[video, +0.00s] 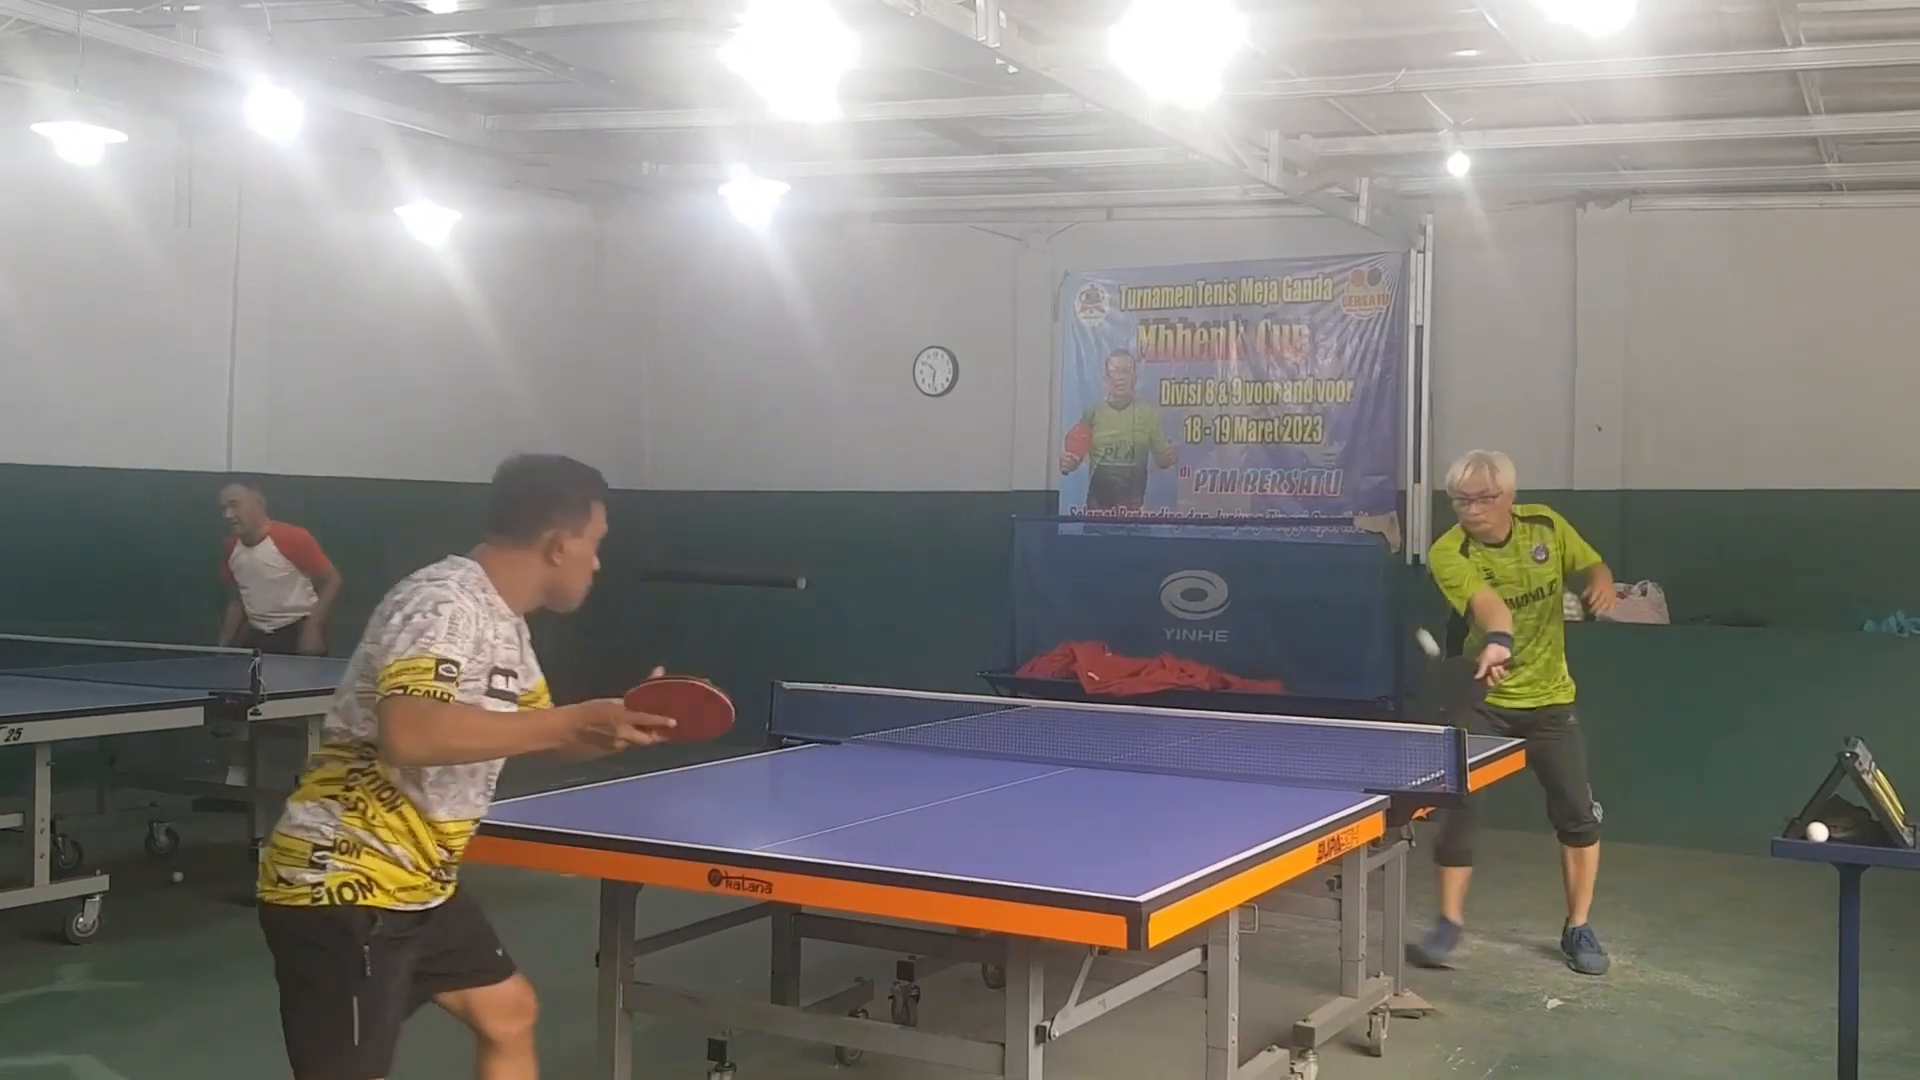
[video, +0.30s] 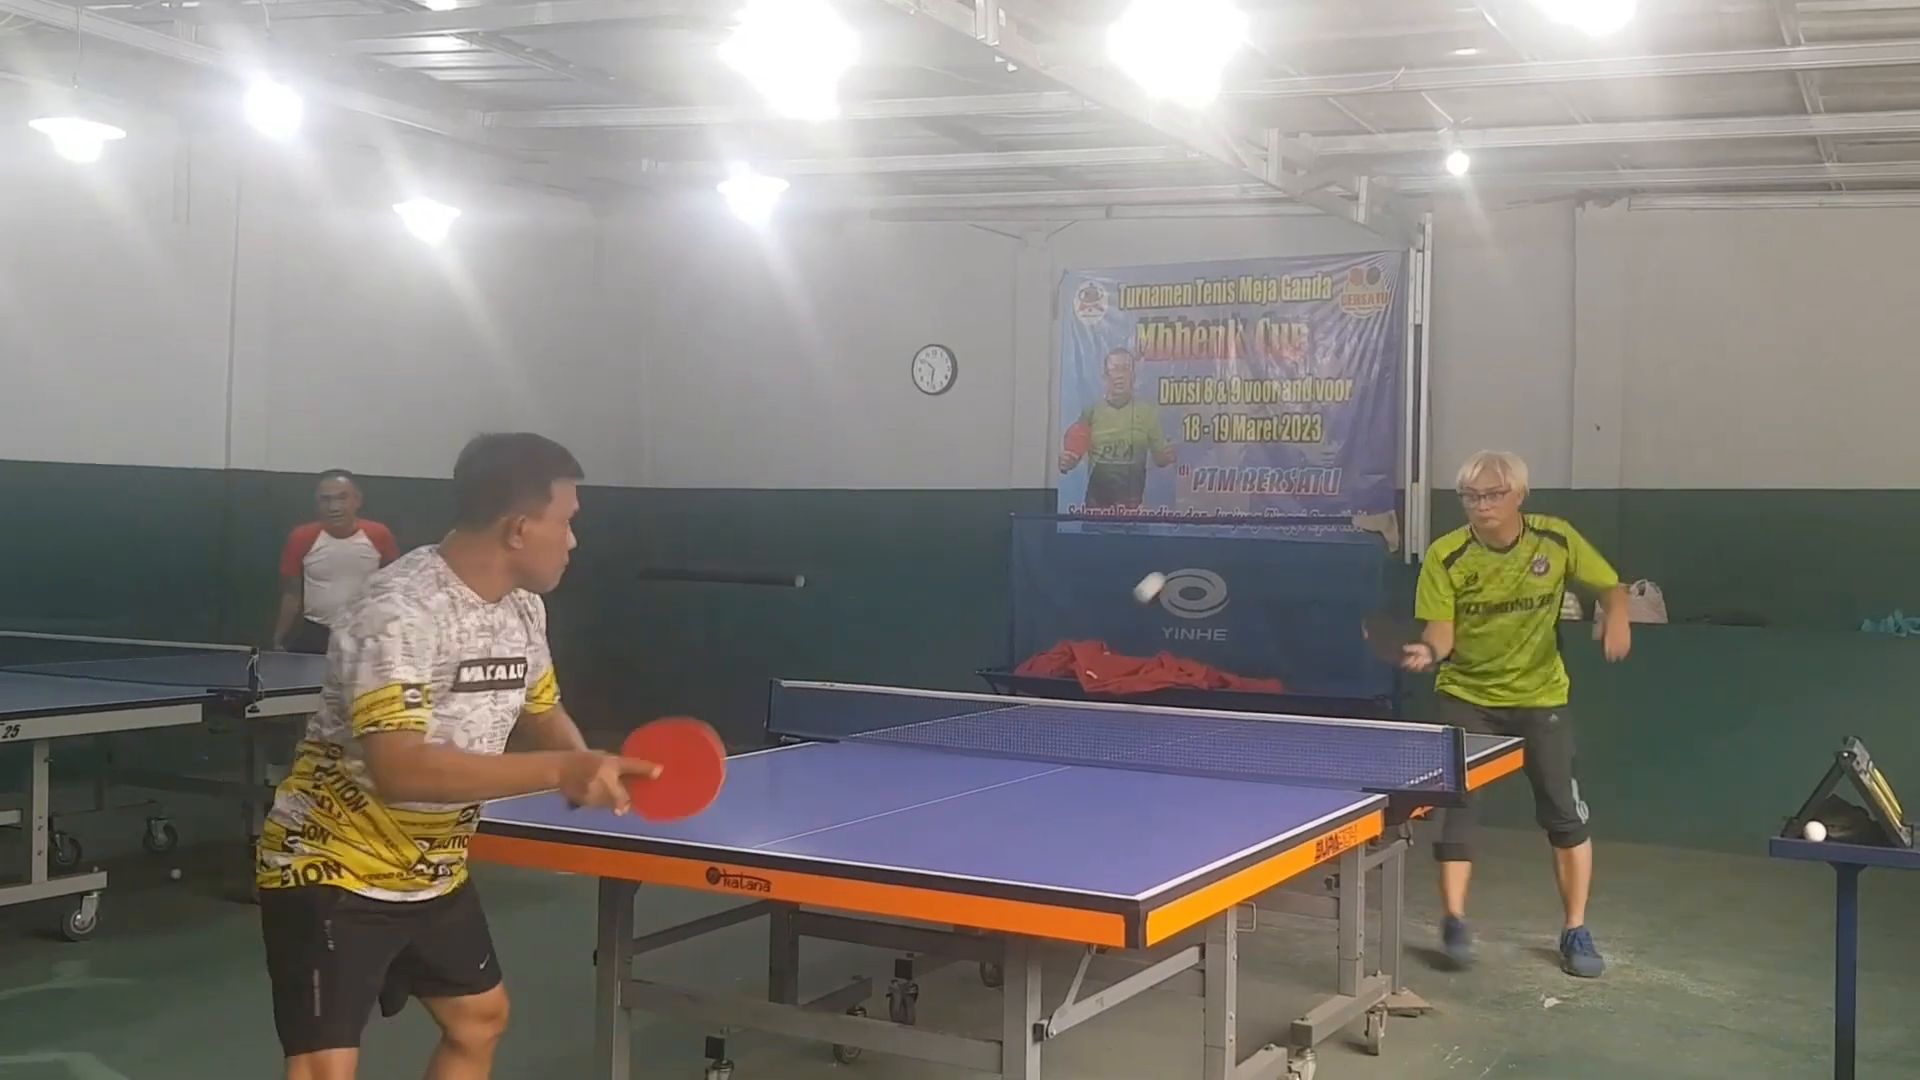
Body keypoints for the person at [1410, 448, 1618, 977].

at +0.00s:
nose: (1471, 510)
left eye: (1483, 499)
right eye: (1461, 500)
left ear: (1510, 497)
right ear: (1453, 501)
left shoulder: (1545, 525)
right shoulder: (1447, 552)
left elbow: (1594, 569)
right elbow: (1483, 600)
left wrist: (1601, 588)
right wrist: (1499, 637)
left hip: (1549, 699)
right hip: (1481, 701)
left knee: (1577, 810)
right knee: (1456, 795)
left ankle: (1579, 927)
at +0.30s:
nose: (1481, 505)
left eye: (1493, 494)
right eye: (1472, 495)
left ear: (1519, 496)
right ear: (1462, 499)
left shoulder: (1556, 539)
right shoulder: (1444, 557)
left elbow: (1611, 588)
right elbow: (1440, 631)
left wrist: (1617, 621)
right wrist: (1429, 649)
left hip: (1539, 691)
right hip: (1465, 692)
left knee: (1561, 805)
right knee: (1455, 796)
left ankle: (1576, 929)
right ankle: (1454, 921)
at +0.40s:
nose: (1467, 522)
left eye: (1478, 511)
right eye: (1458, 513)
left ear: (1504, 514)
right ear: (1450, 517)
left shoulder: (1544, 559)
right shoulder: (1434, 570)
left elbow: (1596, 617)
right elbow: (1418, 641)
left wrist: (1616, 684)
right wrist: (1397, 659)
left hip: (1529, 700)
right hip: (1454, 700)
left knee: (1556, 806)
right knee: (1395, 788)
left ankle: (1576, 929)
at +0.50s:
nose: (1436, 529)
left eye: (1447, 520)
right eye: (1428, 521)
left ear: (1471, 523)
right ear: (1420, 524)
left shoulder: (1511, 564)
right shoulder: (1403, 578)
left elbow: (1552, 612)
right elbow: (1383, 647)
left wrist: (1578, 669)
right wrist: (1358, 667)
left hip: (1499, 705)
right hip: (1424, 707)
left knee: (1536, 806)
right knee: (1376, 799)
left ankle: (1573, 928)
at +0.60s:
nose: (1417, 528)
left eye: (1428, 518)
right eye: (1409, 519)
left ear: (1450, 520)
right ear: (1400, 522)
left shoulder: (1487, 556)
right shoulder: (1382, 572)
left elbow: (1540, 601)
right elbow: (1357, 635)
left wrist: (1564, 638)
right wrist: (1328, 663)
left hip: (1481, 696)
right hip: (1408, 699)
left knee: (1534, 789)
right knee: (1367, 786)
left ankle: (1561, 903)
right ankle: (1344, 875)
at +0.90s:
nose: (1346, 503)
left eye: (1356, 492)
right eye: (1347, 493)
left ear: (1386, 498)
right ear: (1362, 501)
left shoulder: (1431, 525)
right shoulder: (1353, 555)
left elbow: (1499, 550)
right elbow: (1305, 582)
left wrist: (1548, 584)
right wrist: (1248, 594)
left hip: (1483, 672)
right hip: (1421, 675)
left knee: (1525, 770)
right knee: (1380, 753)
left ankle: (1558, 866)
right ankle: (1380, 846)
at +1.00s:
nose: (1306, 515)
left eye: (1313, 505)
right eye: (1306, 507)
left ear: (1344, 506)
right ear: (1323, 514)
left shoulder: (1390, 529)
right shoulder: (1314, 557)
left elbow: (1457, 545)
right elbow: (1258, 555)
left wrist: (1515, 575)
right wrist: (1208, 541)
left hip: (1453, 656)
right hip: (1403, 671)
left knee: (1513, 739)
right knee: (1372, 748)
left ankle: (1592, 826)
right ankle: (1375, 836)